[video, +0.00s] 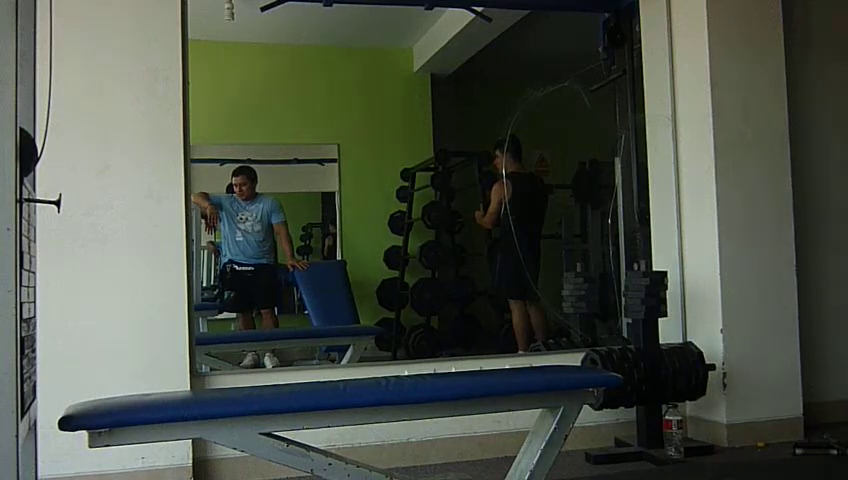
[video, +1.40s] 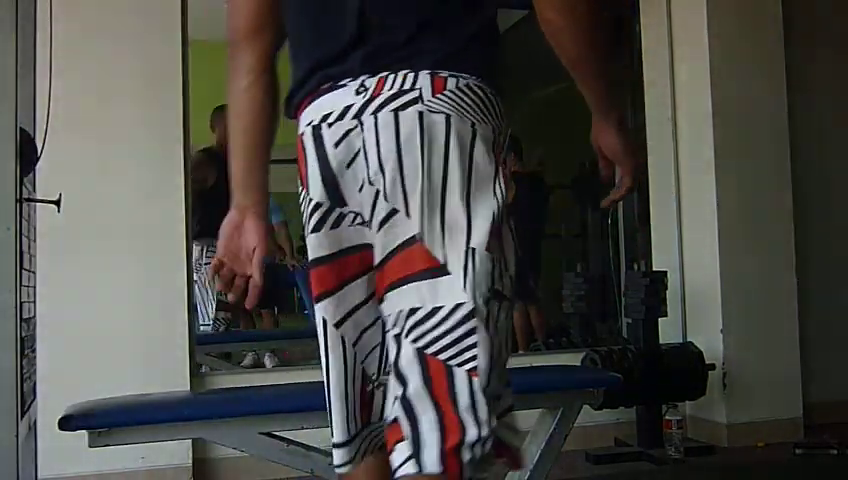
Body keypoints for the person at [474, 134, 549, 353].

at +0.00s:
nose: (495, 163)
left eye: (496, 157)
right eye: (495, 158)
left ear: (503, 157)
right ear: (519, 156)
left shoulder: (501, 186)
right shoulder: (536, 183)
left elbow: (490, 221)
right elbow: (537, 216)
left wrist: (480, 217)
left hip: (510, 248)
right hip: (533, 246)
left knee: (516, 301)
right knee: (533, 299)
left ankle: (523, 352)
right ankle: (542, 347)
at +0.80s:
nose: (496, 163)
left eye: (497, 157)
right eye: (495, 158)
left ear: (507, 156)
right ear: (519, 156)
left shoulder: (504, 185)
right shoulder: (537, 182)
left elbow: (490, 221)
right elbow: (537, 215)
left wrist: (480, 217)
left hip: (511, 247)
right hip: (533, 245)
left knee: (516, 301)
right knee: (532, 298)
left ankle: (522, 353)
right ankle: (542, 346)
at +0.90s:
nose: (497, 163)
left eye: (499, 157)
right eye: (497, 157)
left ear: (510, 156)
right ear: (518, 157)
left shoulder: (505, 185)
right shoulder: (539, 182)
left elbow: (492, 218)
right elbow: (538, 217)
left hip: (512, 247)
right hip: (533, 246)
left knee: (516, 301)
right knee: (532, 299)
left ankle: (523, 352)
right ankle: (542, 347)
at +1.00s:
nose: (497, 162)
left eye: (498, 157)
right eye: (497, 157)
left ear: (509, 156)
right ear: (518, 157)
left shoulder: (504, 186)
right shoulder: (532, 180)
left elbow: (491, 220)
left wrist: (480, 217)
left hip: (511, 248)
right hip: (533, 243)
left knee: (516, 302)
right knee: (532, 299)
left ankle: (522, 351)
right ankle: (542, 345)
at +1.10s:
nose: (496, 163)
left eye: (498, 157)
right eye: (496, 158)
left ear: (509, 156)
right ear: (519, 157)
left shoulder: (504, 186)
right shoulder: (536, 180)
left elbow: (491, 220)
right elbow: (538, 213)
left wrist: (480, 217)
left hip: (511, 247)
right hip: (534, 245)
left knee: (516, 302)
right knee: (533, 299)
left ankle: (523, 353)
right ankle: (542, 347)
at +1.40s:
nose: (502, 165)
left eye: (504, 160)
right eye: (503, 161)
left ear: (511, 158)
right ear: (522, 157)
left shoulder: (512, 183)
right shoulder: (538, 180)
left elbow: (503, 213)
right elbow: (542, 216)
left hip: (515, 247)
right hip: (534, 245)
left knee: (518, 299)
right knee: (533, 297)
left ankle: (522, 350)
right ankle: (542, 343)